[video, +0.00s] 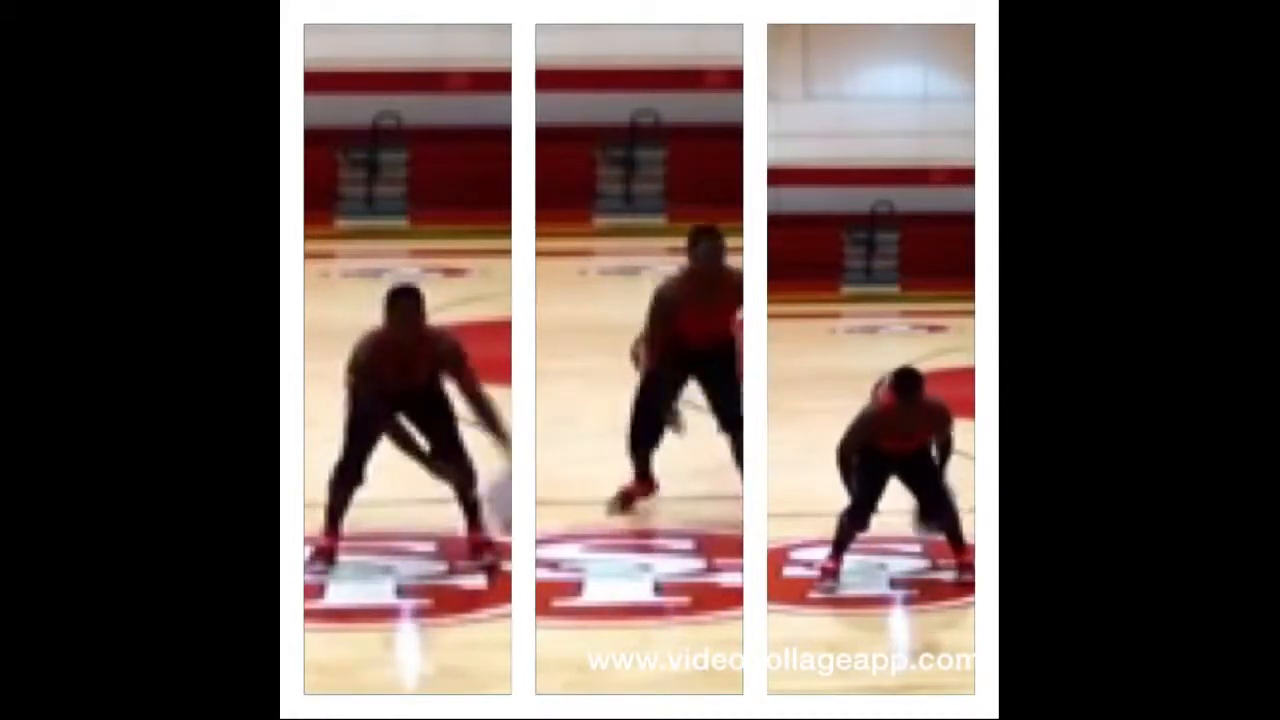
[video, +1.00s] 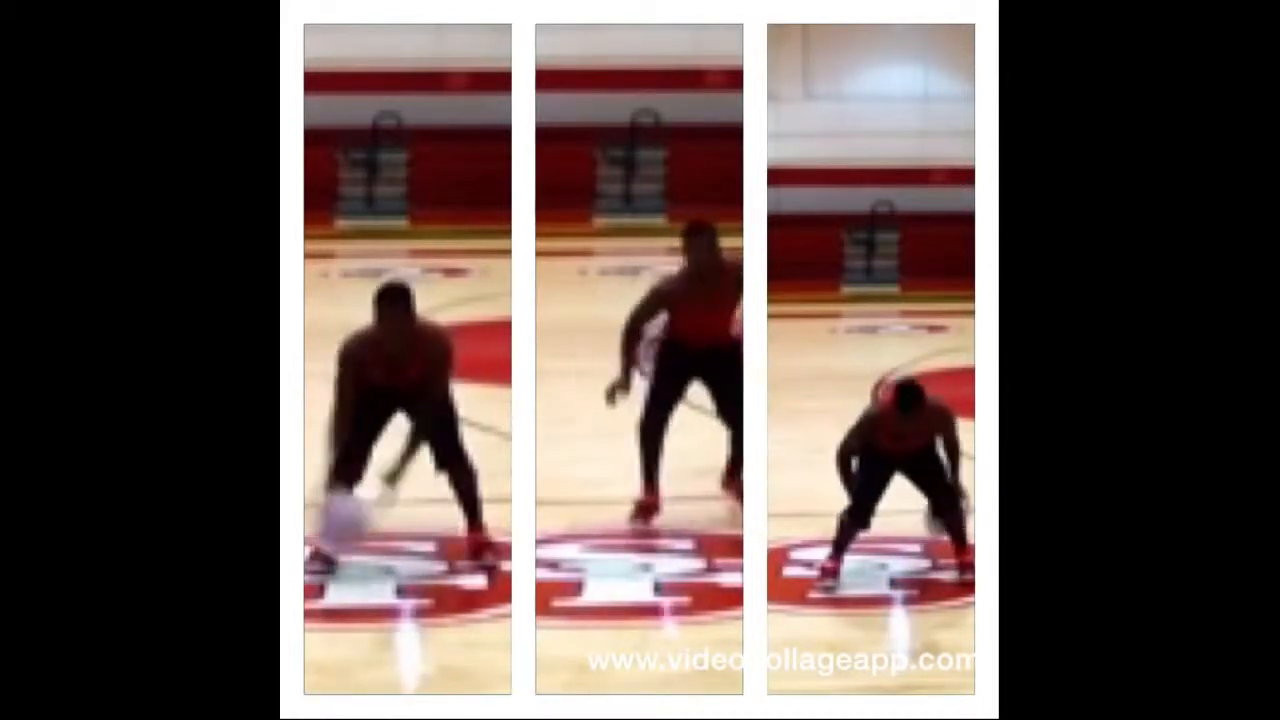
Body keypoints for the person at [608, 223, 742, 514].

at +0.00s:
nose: (710, 261)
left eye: (715, 253)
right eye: (703, 254)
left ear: (723, 253)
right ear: (691, 255)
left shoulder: (735, 285)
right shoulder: (671, 293)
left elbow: (752, 323)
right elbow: (653, 352)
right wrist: (666, 404)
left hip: (717, 354)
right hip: (673, 355)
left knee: (736, 418)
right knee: (646, 412)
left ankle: (754, 483)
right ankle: (643, 479)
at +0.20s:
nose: (696, 271)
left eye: (702, 262)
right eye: (690, 263)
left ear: (712, 261)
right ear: (680, 263)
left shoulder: (732, 297)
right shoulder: (664, 303)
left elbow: (752, 347)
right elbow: (639, 355)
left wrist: (752, 396)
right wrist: (635, 407)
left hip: (721, 363)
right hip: (676, 365)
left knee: (741, 428)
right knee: (662, 434)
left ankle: (733, 474)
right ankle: (650, 506)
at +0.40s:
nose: (687, 268)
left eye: (693, 261)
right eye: (681, 261)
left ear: (704, 261)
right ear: (672, 262)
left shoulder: (727, 298)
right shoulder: (661, 295)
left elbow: (744, 346)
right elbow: (629, 330)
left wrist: (735, 387)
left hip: (721, 364)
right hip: (678, 364)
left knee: (734, 423)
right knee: (666, 430)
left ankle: (733, 473)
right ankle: (649, 503)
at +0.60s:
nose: (683, 265)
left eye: (691, 257)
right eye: (678, 257)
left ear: (703, 259)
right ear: (671, 257)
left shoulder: (724, 295)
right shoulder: (653, 290)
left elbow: (745, 342)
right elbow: (629, 336)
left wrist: (746, 387)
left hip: (714, 353)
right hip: (669, 351)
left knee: (729, 420)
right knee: (637, 418)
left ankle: (756, 487)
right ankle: (648, 496)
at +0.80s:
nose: (696, 266)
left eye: (703, 258)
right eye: (690, 258)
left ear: (713, 260)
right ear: (680, 260)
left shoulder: (728, 297)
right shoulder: (661, 301)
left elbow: (746, 347)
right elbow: (656, 364)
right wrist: (678, 407)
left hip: (709, 367)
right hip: (665, 367)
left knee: (726, 438)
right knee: (629, 434)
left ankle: (749, 506)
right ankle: (648, 497)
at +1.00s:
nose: (702, 259)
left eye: (707, 251)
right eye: (695, 252)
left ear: (717, 250)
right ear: (686, 253)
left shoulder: (735, 277)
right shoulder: (673, 288)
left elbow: (755, 308)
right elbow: (634, 324)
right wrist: (626, 373)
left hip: (720, 351)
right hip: (678, 352)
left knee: (744, 421)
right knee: (651, 423)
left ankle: (734, 476)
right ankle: (650, 494)